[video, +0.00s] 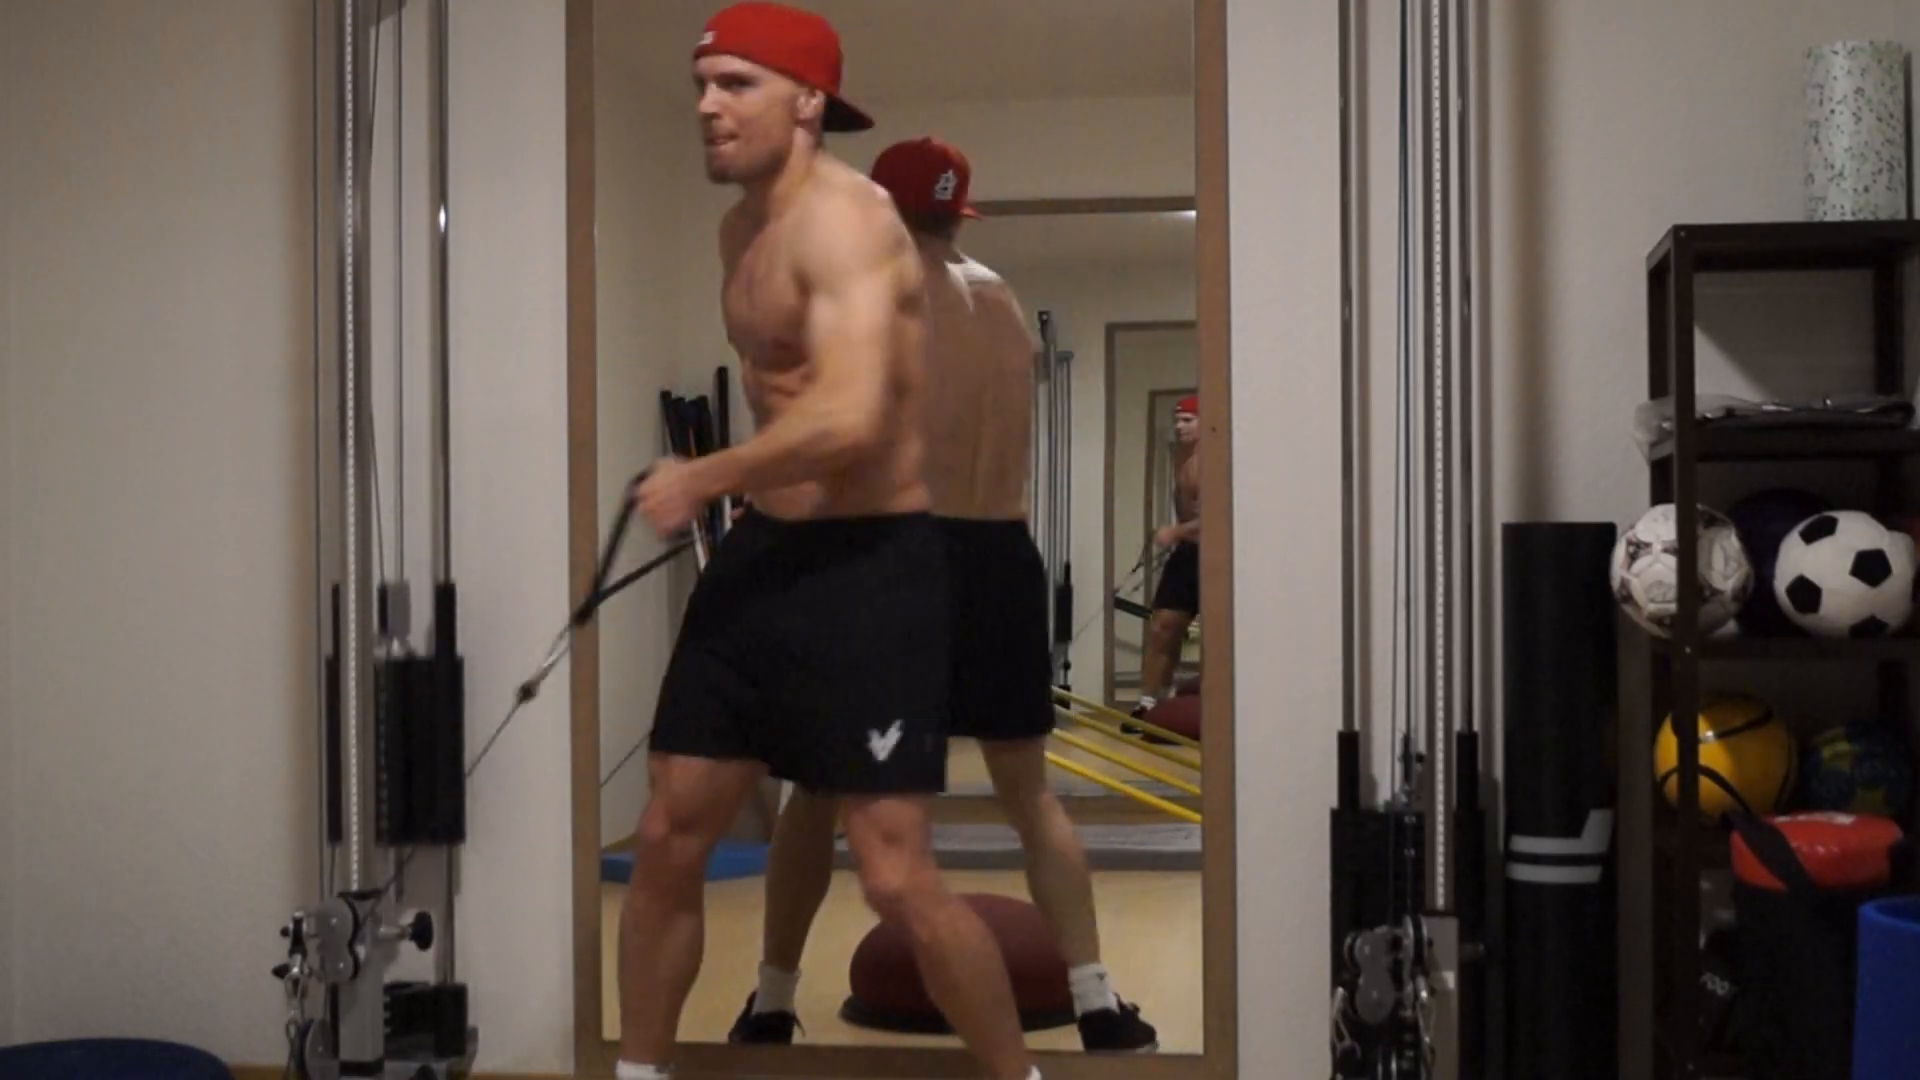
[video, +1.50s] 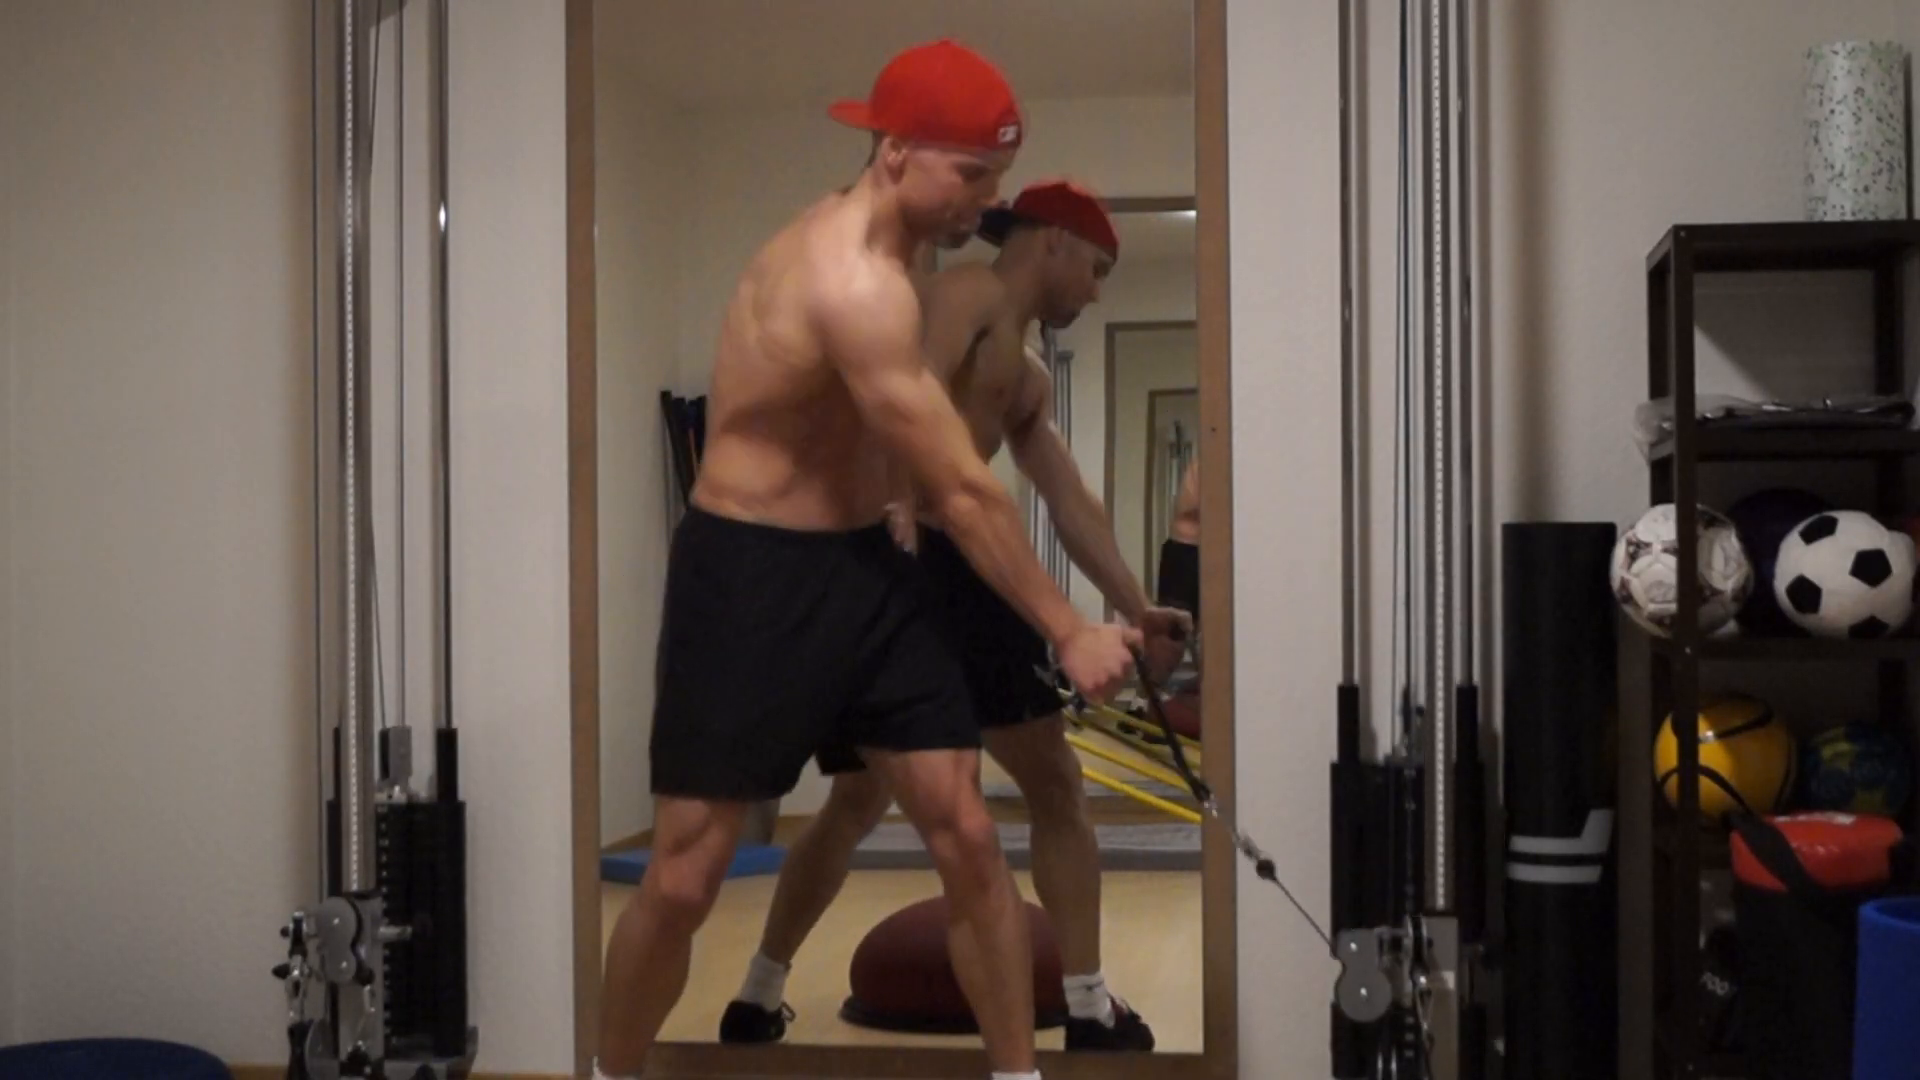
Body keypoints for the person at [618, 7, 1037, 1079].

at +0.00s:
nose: (710, 105)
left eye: (737, 86)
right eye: (704, 86)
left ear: (807, 105)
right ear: (701, 101)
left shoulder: (850, 219)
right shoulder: (742, 225)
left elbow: (854, 415)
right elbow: (780, 388)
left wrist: (702, 479)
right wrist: (746, 518)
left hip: (875, 570)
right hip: (762, 562)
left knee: (898, 880)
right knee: (669, 840)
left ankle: (1016, 1071)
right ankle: (639, 1073)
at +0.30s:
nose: (712, 131)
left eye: (739, 107)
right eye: (707, 110)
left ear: (812, 125)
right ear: (713, 124)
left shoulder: (839, 245)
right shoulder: (792, 244)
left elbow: (740, 438)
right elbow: (778, 403)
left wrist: (617, 544)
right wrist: (706, 438)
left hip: (890, 590)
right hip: (781, 583)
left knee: (897, 894)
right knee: (663, 850)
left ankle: (1019, 1071)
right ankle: (643, 1073)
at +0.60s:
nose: (744, 92)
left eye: (773, 76)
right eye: (728, 74)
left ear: (825, 102)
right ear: (707, 95)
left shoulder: (879, 235)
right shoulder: (646, 237)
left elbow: (988, 338)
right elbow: (519, 381)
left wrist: (935, 469)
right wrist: (580, 444)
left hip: (839, 566)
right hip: (689, 568)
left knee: (942, 838)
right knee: (627, 853)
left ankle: (1038, 1069)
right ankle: (609, 1075)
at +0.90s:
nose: (715, 89)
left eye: (746, 71)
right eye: (704, 67)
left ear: (804, 94)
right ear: (686, 83)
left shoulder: (863, 220)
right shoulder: (649, 228)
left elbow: (1009, 333)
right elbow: (520, 352)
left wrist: (942, 476)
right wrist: (584, 407)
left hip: (837, 561)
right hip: (691, 558)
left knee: (924, 843)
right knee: (626, 844)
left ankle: (1004, 1070)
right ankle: (610, 1074)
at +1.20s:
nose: (922, 123)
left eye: (938, 104)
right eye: (899, 96)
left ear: (946, 116)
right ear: (832, 95)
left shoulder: (940, 233)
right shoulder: (759, 223)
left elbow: (964, 365)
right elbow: (746, 441)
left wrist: (956, 476)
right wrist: (910, 521)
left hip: (892, 558)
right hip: (753, 562)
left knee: (973, 836)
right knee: (678, 852)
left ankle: (1020, 1070)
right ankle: (616, 1071)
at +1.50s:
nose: (988, 198)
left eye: (995, 176)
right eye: (976, 173)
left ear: (910, 158)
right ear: (900, 154)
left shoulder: (886, 249)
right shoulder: (846, 276)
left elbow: (845, 407)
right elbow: (960, 490)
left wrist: (893, 500)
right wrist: (1068, 630)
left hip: (866, 570)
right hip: (746, 576)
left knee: (968, 833)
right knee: (683, 880)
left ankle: (1015, 1072)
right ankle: (612, 1071)